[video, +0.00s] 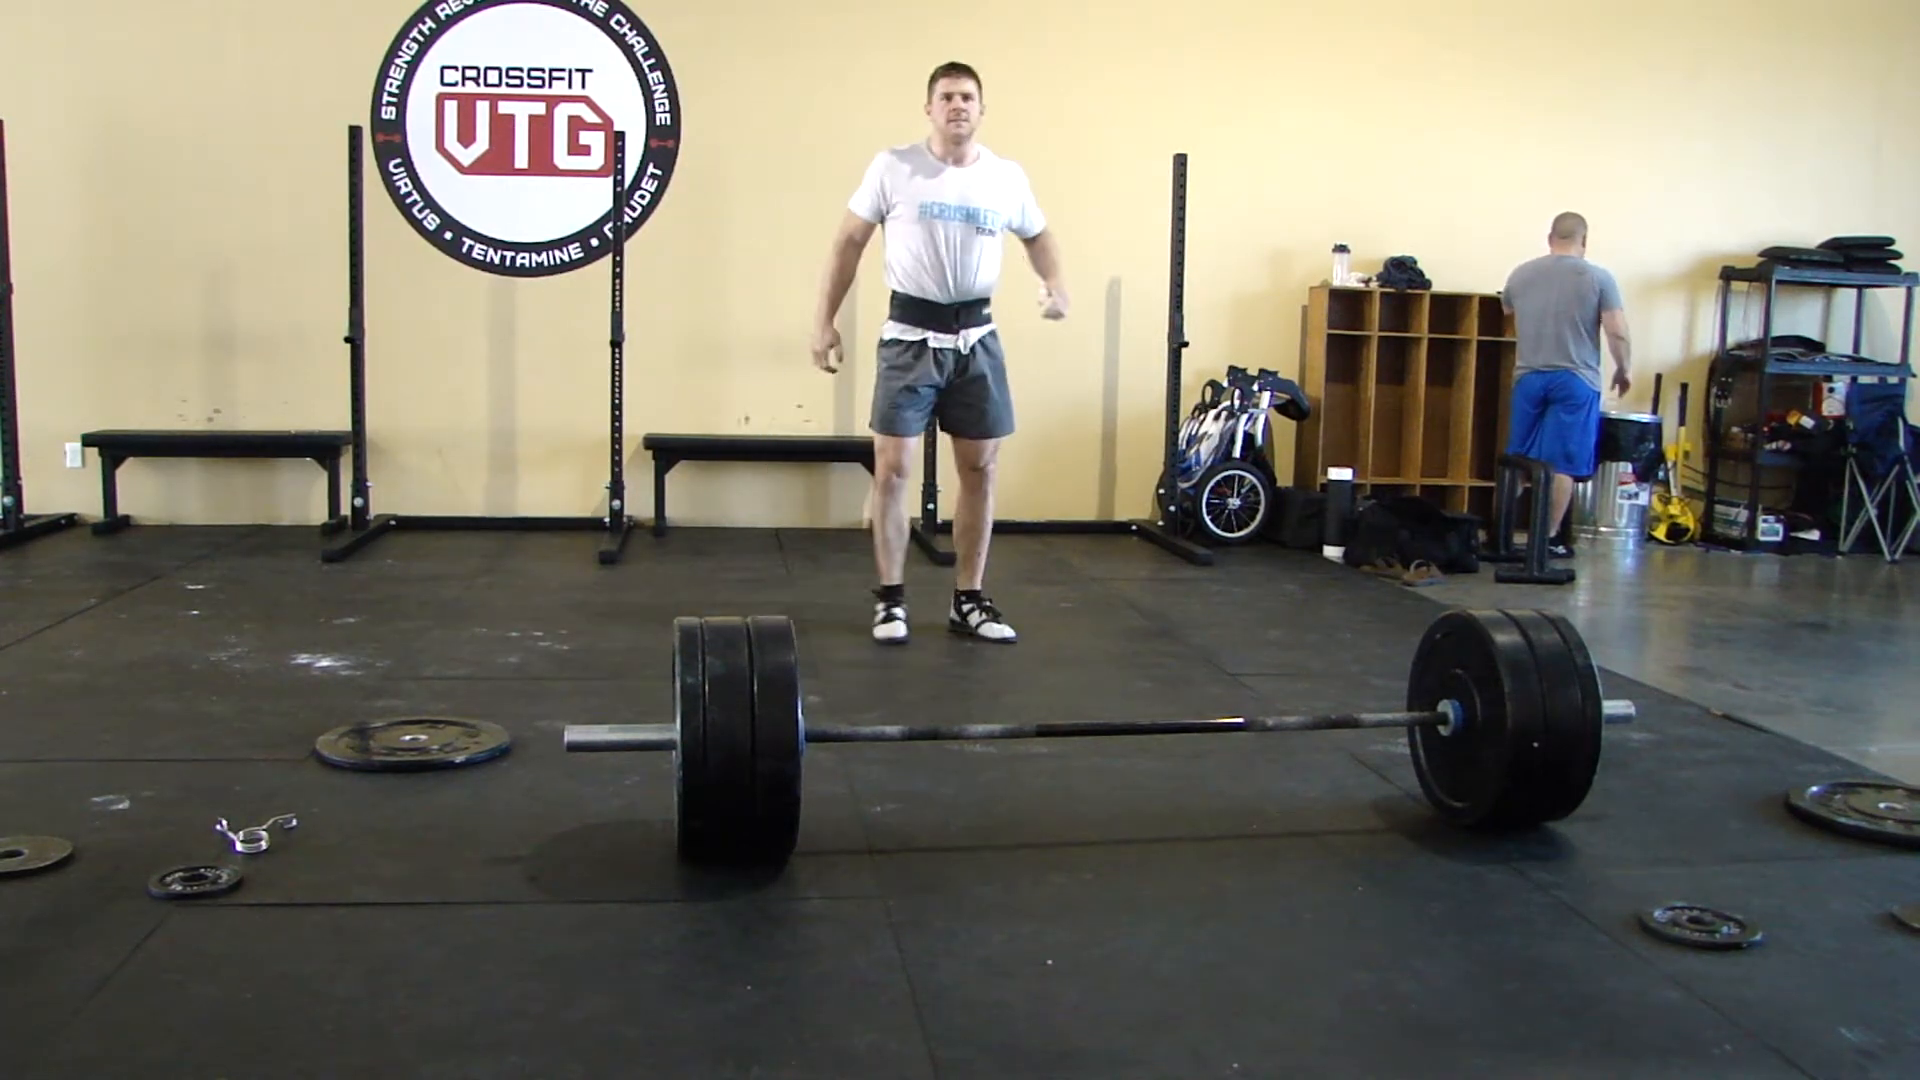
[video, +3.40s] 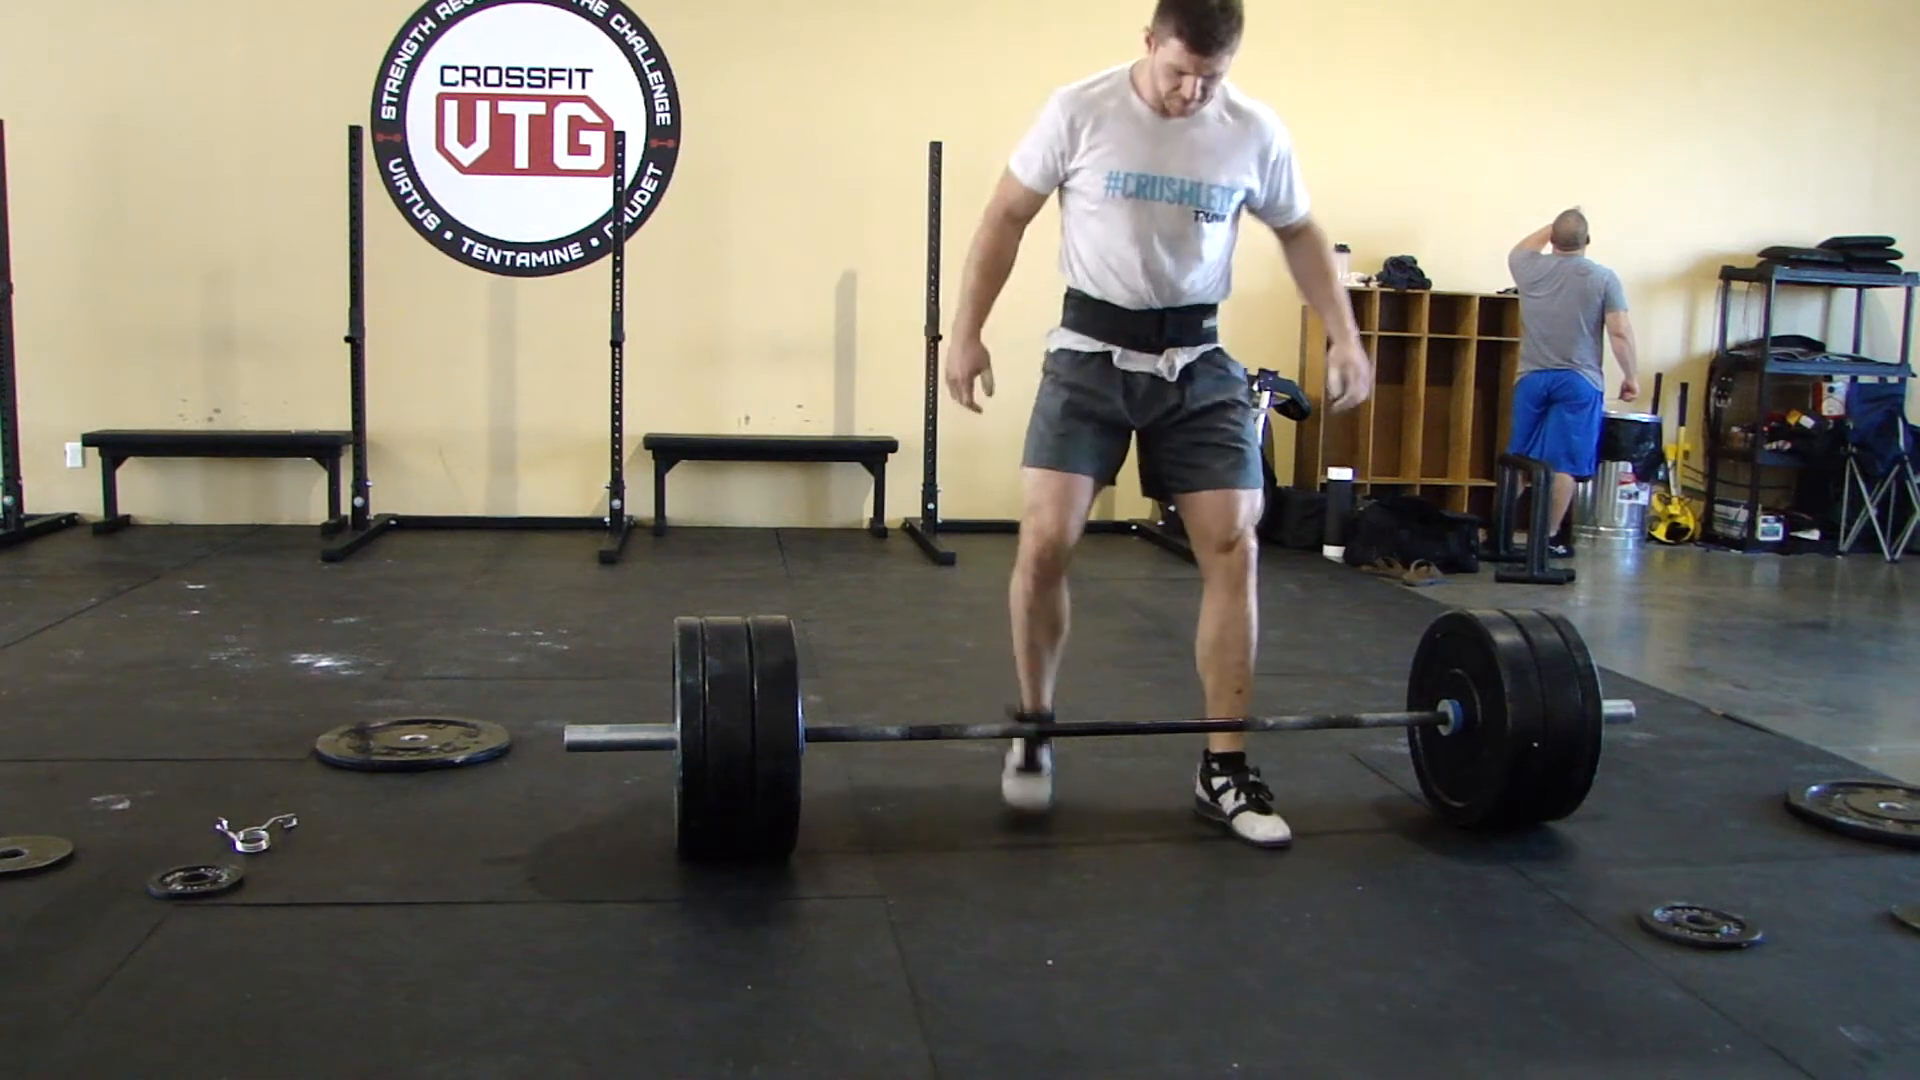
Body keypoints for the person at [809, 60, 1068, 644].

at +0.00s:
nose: (958, 106)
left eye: (967, 98)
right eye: (948, 98)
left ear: (981, 110)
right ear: (928, 109)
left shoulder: (1005, 177)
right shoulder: (893, 169)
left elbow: (1037, 236)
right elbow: (850, 242)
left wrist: (1054, 283)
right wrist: (825, 321)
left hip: (977, 342)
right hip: (909, 340)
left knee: (979, 472)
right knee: (893, 470)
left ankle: (969, 601)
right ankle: (890, 600)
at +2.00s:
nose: (983, 132)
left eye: (993, 121)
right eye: (972, 119)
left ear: (1005, 125)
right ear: (946, 120)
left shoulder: (1026, 192)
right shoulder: (907, 186)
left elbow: (1053, 271)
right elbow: (861, 264)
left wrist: (1074, 349)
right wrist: (857, 336)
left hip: (998, 361)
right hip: (923, 361)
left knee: (1020, 482)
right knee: (910, 488)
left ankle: (1025, 637)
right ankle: (900, 596)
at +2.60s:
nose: (1047, 107)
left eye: (1061, 95)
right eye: (1036, 93)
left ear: (1078, 94)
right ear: (1013, 87)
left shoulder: (1105, 165)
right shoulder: (964, 159)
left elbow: (1150, 247)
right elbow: (910, 245)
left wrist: (1186, 316)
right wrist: (875, 340)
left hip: (1074, 365)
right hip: (996, 361)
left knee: (1055, 517)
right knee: (999, 510)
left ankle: (1028, 639)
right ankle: (989, 690)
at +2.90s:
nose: (1077, 79)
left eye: (1089, 65)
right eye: (1064, 64)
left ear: (1105, 56)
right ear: (1031, 49)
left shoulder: (1129, 130)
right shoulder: (977, 125)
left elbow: (1157, 228)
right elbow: (917, 214)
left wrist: (1180, 328)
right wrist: (882, 303)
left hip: (1105, 346)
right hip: (1013, 347)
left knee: (1157, 509)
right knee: (1010, 517)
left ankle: (1093, 650)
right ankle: (995, 699)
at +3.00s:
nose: (1095, 81)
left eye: (1108, 66)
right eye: (1082, 65)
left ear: (1123, 55)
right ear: (1048, 47)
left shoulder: (1146, 130)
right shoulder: (991, 124)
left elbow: (1171, 230)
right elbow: (917, 211)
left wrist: (1192, 329)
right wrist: (880, 316)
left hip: (1123, 351)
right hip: (1027, 351)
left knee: (1165, 518)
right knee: (1015, 523)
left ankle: (1160, 718)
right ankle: (996, 706)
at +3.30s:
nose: (1179, 98)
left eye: (1194, 84)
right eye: (1164, 80)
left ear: (1212, 71)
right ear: (1130, 53)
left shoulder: (1235, 142)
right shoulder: (1067, 125)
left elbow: (1273, 249)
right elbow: (992, 227)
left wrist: (1314, 358)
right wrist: (950, 340)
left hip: (1189, 370)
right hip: (1081, 365)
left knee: (1231, 549)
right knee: (1028, 557)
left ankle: (1226, 766)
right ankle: (1022, 680)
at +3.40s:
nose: (1193, 92)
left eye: (1209, 79)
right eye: (1181, 74)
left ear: (1231, 61)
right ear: (1147, 40)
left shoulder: (1254, 134)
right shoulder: (1079, 110)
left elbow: (1298, 231)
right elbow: (1005, 216)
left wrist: (1346, 338)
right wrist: (966, 330)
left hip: (1199, 368)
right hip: (1087, 359)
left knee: (1232, 547)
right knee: (1045, 544)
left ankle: (1226, 766)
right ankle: (1033, 729)